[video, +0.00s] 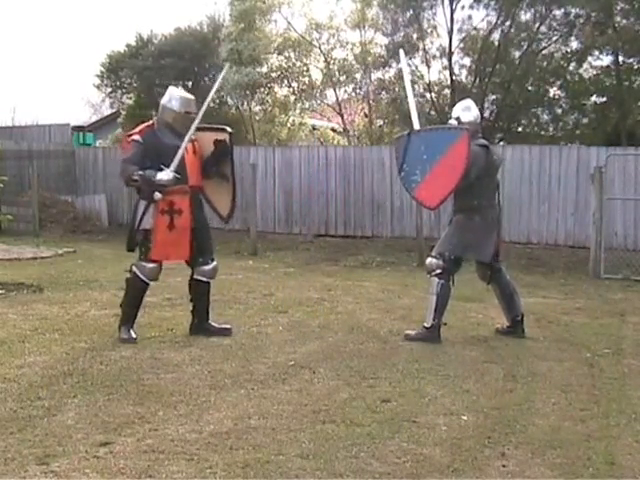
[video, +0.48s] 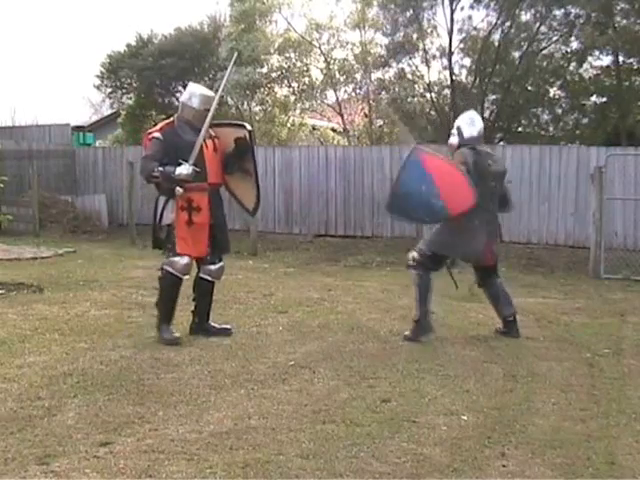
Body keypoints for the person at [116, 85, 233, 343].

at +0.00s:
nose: (190, 119)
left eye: (191, 115)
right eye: (185, 114)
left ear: (191, 114)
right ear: (168, 111)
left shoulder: (189, 141)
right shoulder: (145, 137)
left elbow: (199, 174)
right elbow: (127, 170)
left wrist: (219, 155)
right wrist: (148, 181)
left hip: (190, 208)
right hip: (158, 209)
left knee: (204, 266)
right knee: (148, 266)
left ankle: (201, 322)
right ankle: (126, 324)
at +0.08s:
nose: (195, 120)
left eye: (197, 115)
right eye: (191, 114)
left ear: (194, 114)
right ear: (174, 111)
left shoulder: (195, 141)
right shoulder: (150, 137)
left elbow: (203, 172)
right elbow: (133, 171)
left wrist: (225, 156)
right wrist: (154, 181)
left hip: (195, 209)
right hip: (163, 209)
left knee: (207, 266)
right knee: (153, 266)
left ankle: (201, 322)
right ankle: (127, 324)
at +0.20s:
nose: (200, 119)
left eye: (202, 114)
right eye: (195, 113)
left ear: (203, 114)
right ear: (179, 110)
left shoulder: (201, 140)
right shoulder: (156, 137)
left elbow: (210, 171)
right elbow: (141, 170)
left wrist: (232, 155)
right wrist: (163, 179)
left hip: (202, 210)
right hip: (169, 209)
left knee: (209, 266)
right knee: (162, 265)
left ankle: (201, 322)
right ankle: (133, 323)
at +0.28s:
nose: (202, 119)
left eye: (204, 114)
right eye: (198, 113)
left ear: (205, 113)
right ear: (182, 109)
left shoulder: (205, 139)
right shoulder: (159, 136)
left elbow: (215, 171)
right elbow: (144, 167)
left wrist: (235, 154)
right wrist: (165, 177)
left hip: (205, 208)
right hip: (173, 207)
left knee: (210, 265)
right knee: (170, 261)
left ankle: (201, 321)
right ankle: (140, 320)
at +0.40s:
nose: (205, 118)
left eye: (208, 113)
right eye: (200, 111)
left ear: (210, 113)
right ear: (185, 108)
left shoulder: (209, 138)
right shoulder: (163, 135)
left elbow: (220, 169)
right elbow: (146, 167)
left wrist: (240, 153)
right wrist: (169, 174)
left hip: (209, 208)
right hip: (177, 208)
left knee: (211, 265)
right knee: (175, 261)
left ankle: (201, 322)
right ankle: (155, 321)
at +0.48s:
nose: (205, 118)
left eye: (208, 113)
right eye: (201, 111)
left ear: (210, 112)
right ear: (186, 108)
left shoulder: (210, 138)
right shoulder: (163, 135)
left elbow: (221, 169)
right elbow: (147, 168)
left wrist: (240, 152)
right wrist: (171, 173)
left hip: (210, 209)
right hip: (180, 209)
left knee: (211, 266)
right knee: (179, 262)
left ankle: (201, 321)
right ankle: (165, 324)